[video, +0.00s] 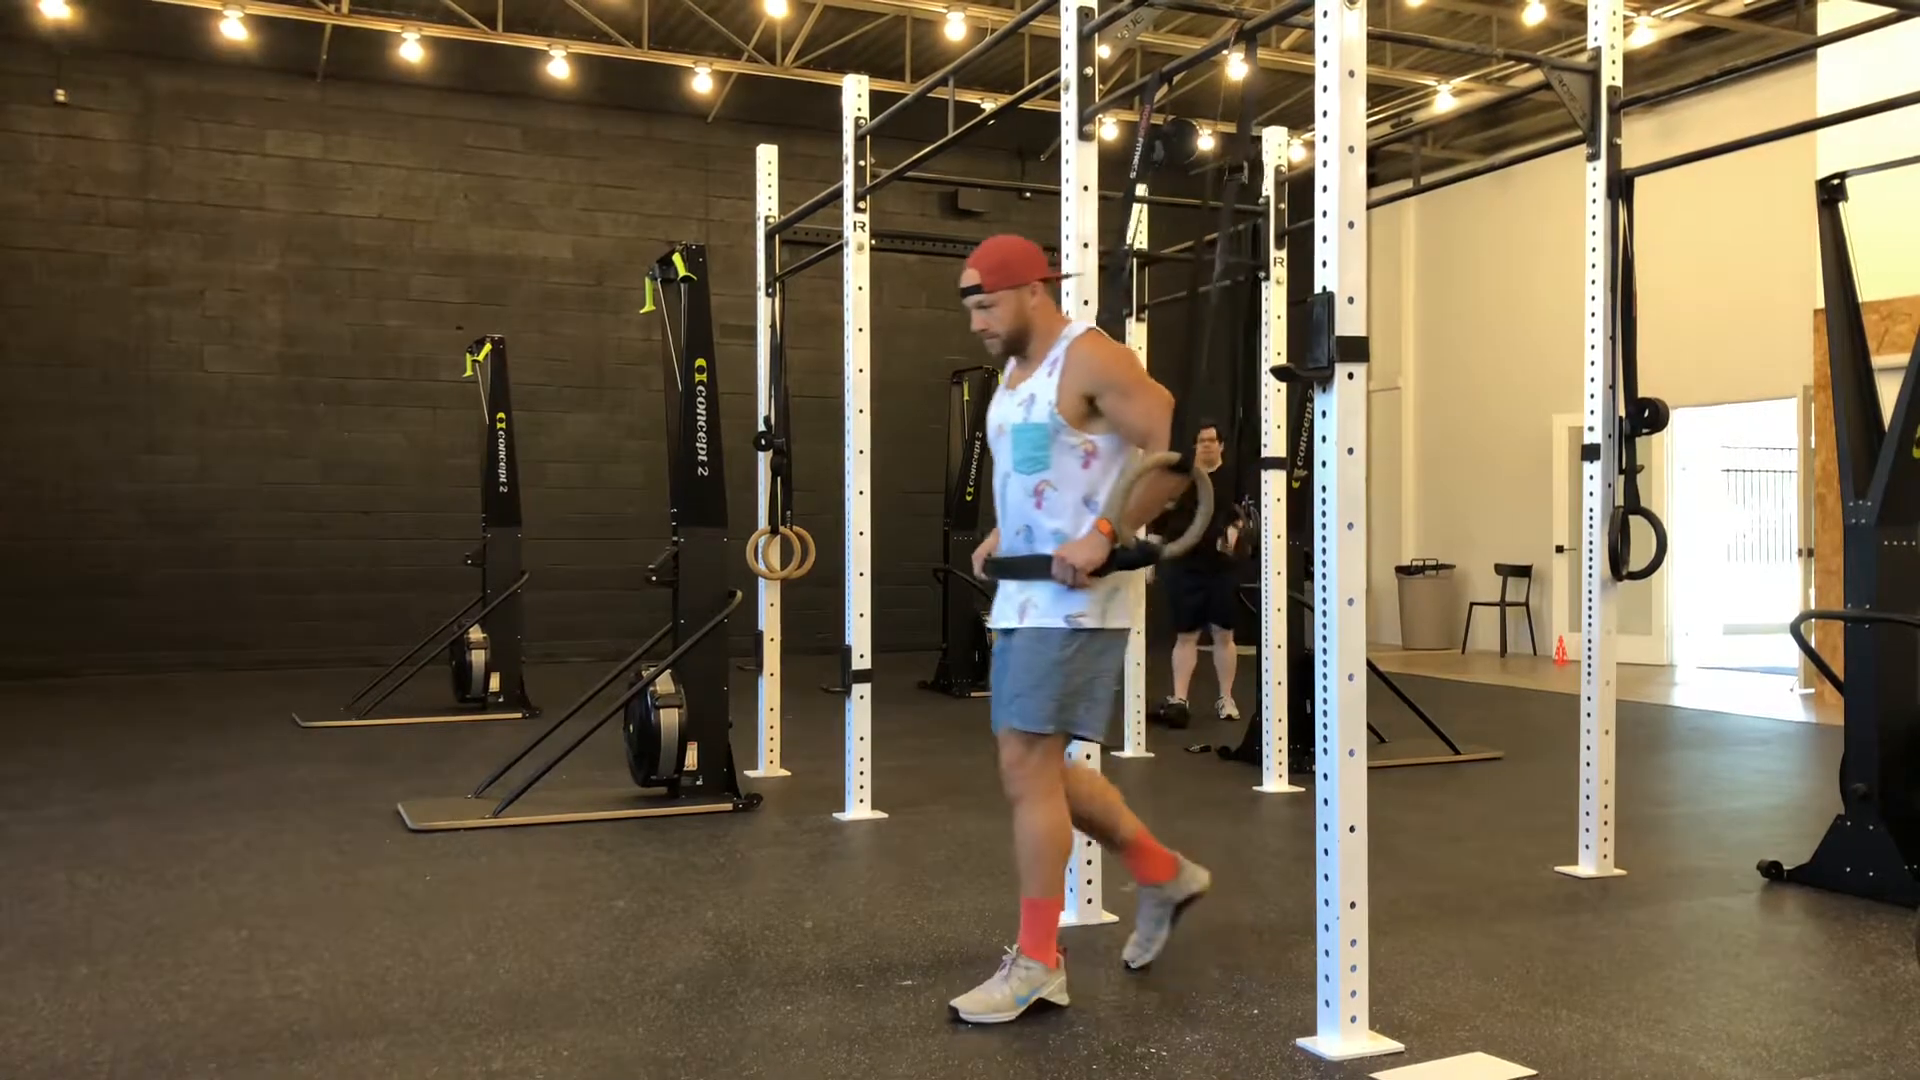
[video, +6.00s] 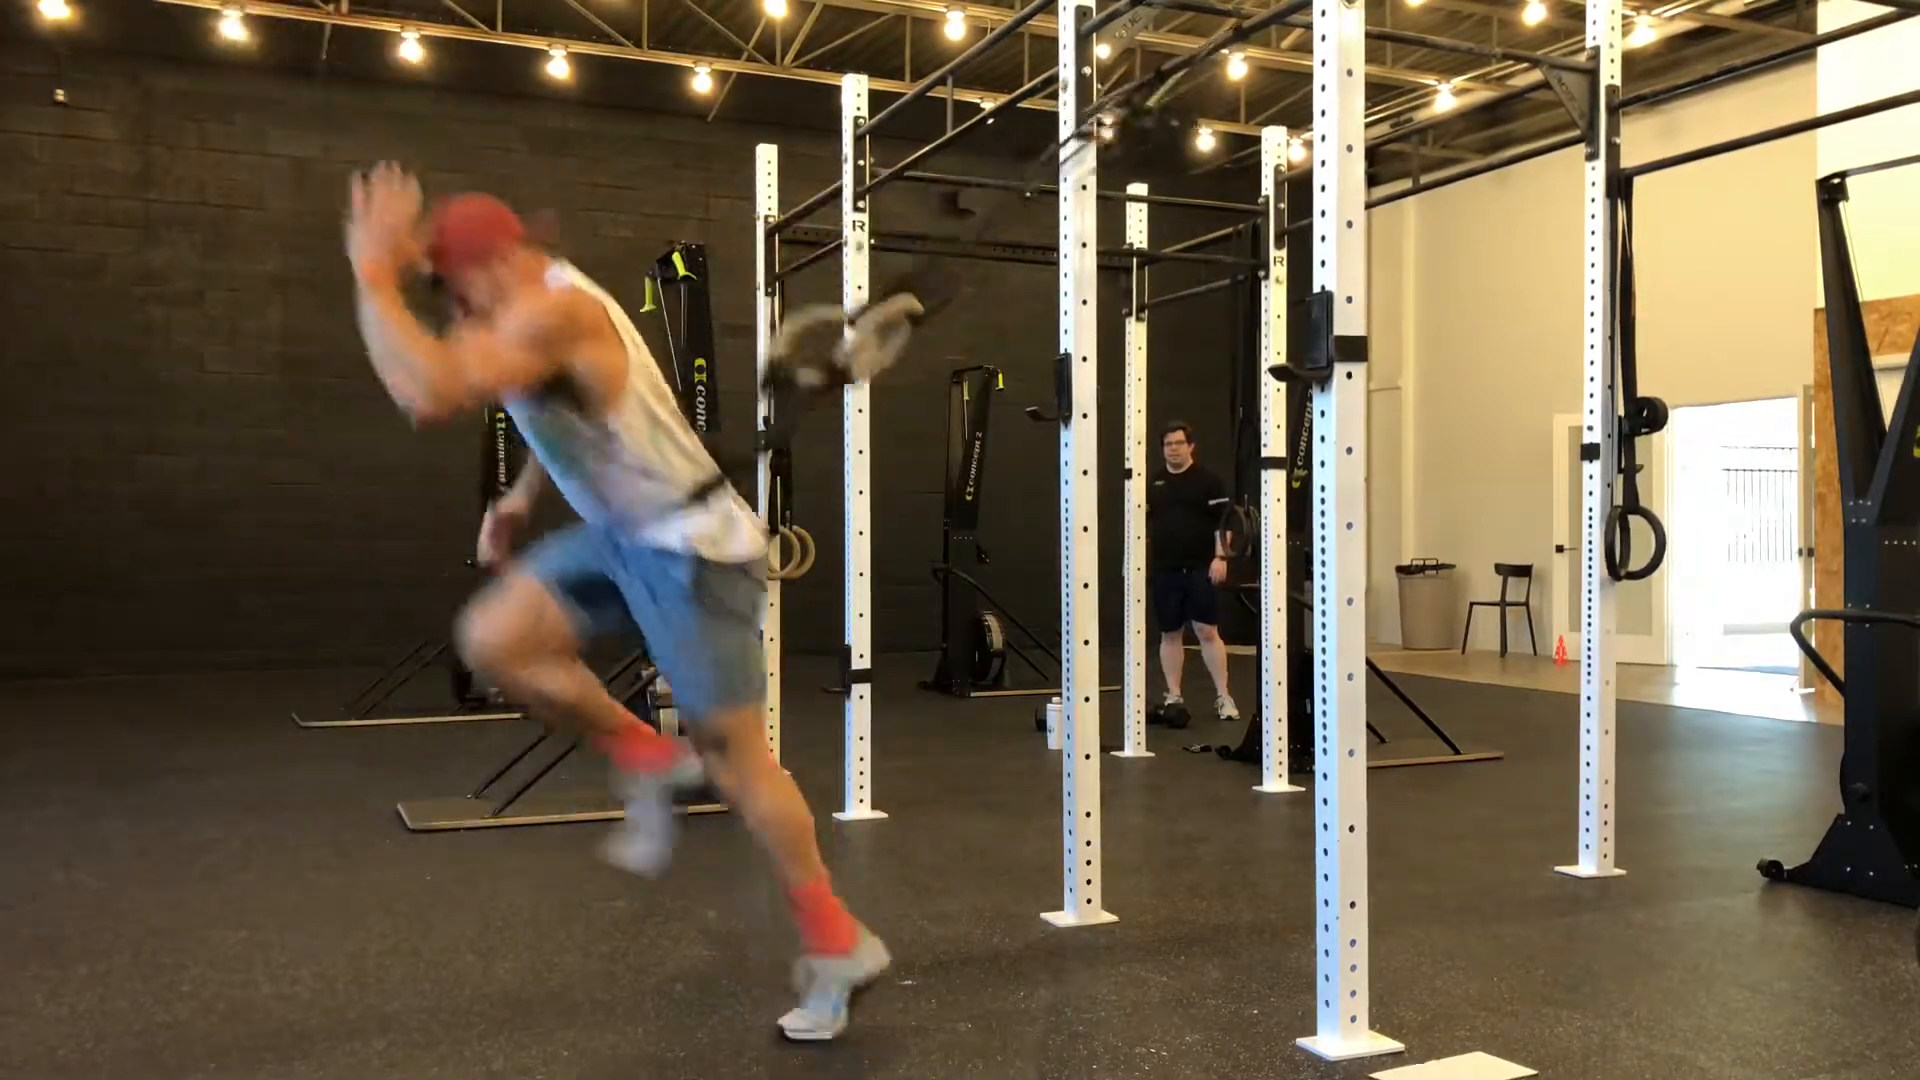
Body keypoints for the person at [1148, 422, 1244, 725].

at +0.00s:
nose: (1209, 446)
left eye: (1213, 441)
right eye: (1203, 441)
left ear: (1222, 445)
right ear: (1193, 447)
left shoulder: (1233, 479)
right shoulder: (1179, 481)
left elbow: (1245, 515)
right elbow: (1157, 523)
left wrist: (1237, 533)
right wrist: (1149, 560)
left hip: (1221, 565)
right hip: (1184, 566)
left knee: (1224, 635)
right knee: (1186, 635)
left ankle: (1226, 698)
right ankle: (1179, 699)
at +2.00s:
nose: (1189, 448)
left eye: (1194, 443)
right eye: (1184, 443)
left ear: (1205, 446)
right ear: (1177, 448)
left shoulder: (1220, 482)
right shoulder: (1165, 484)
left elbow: (1234, 524)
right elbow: (1150, 525)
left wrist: (1235, 559)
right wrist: (1143, 557)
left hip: (1211, 569)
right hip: (1173, 569)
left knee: (1214, 633)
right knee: (1176, 634)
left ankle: (1225, 698)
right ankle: (1174, 696)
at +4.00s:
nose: (1182, 449)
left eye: (1187, 443)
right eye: (1177, 444)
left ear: (1200, 446)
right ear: (1171, 448)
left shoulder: (1216, 481)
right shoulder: (1161, 484)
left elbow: (1233, 522)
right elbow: (1147, 529)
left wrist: (1232, 558)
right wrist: (1141, 564)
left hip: (1209, 570)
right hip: (1171, 570)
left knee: (1213, 634)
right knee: (1175, 634)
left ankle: (1224, 698)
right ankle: (1174, 697)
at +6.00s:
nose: (1173, 449)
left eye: (1179, 443)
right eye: (1168, 444)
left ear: (1191, 447)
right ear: (1162, 449)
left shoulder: (1208, 482)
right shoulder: (1152, 485)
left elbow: (1224, 524)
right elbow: (1140, 525)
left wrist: (1221, 557)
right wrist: (1138, 563)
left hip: (1200, 569)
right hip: (1164, 569)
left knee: (1207, 632)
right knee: (1170, 634)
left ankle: (1223, 697)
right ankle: (1173, 696)